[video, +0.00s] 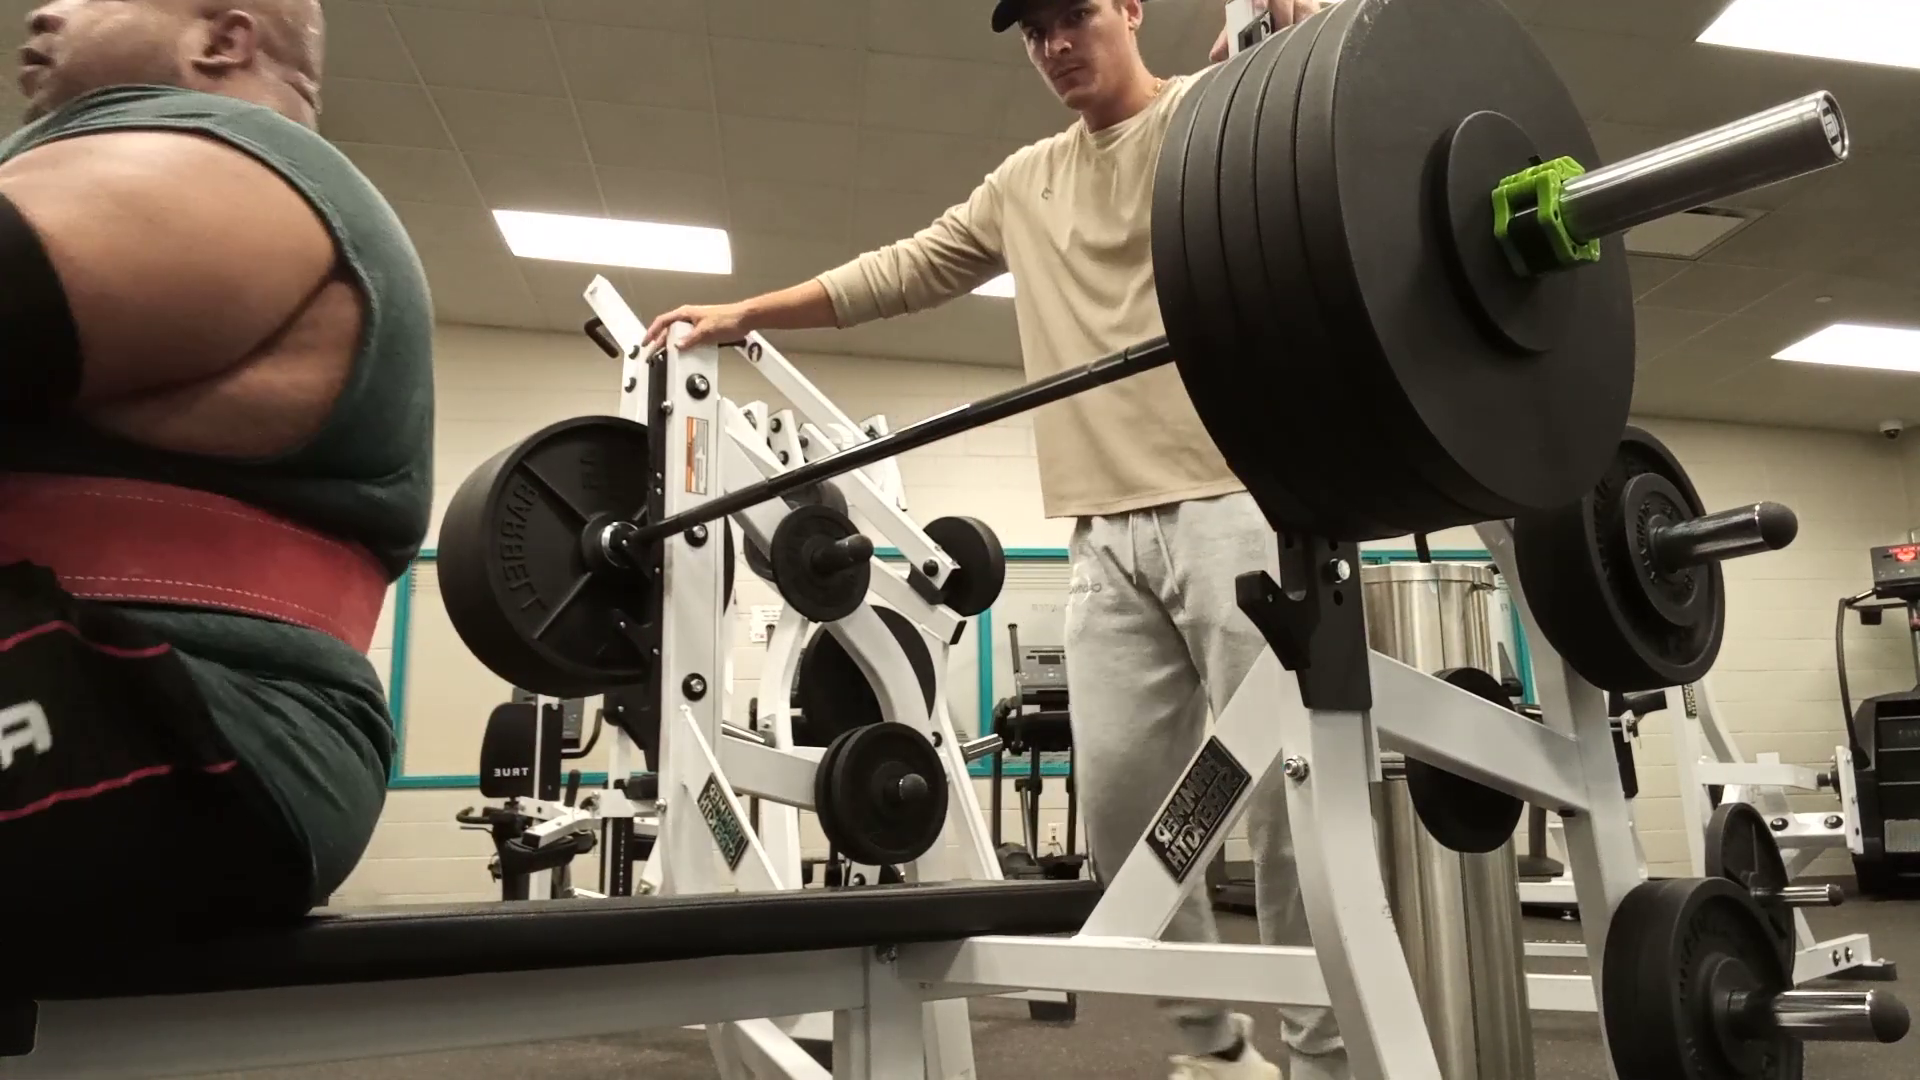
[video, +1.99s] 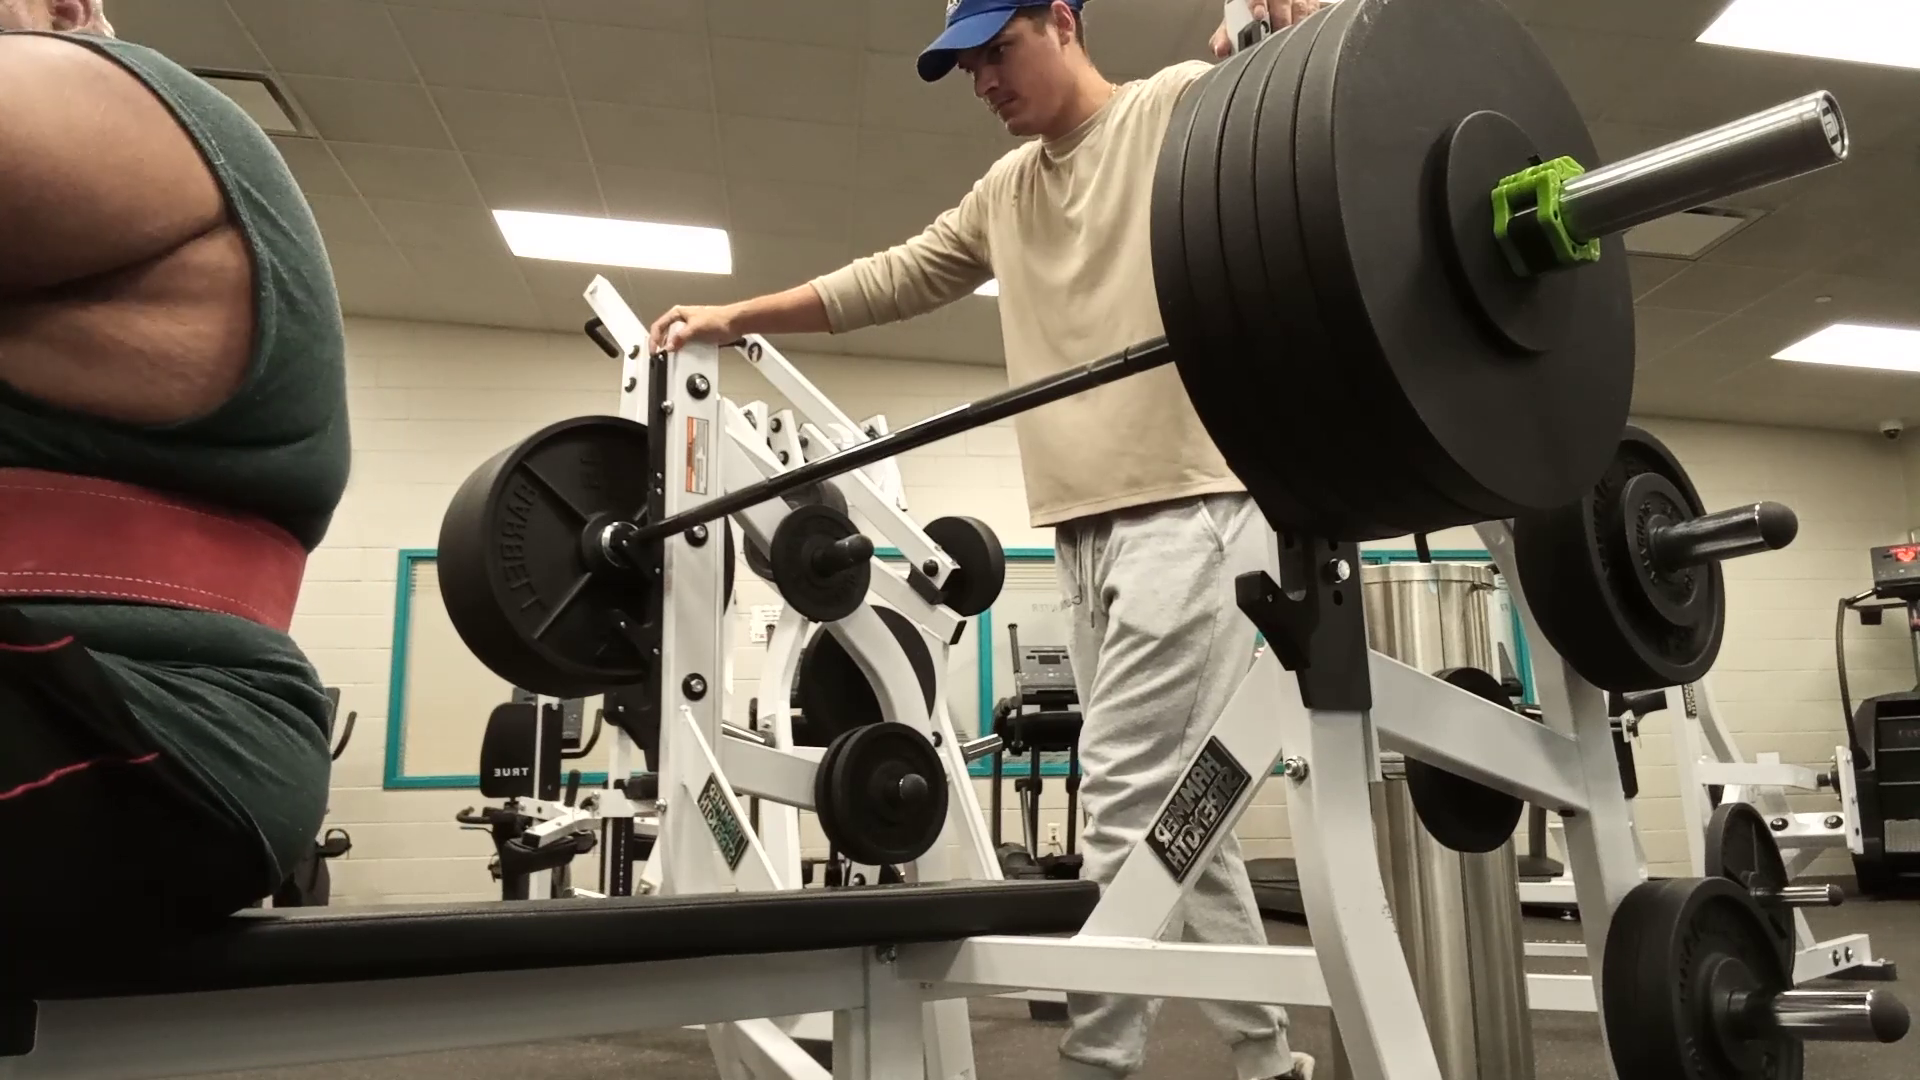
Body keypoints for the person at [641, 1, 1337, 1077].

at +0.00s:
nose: (1053, 48)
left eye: (1069, 21)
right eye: (1034, 34)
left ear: (1128, 14)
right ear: (1025, 51)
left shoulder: (1216, 108)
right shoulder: (1023, 179)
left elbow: (1327, 153)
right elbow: (905, 268)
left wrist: (1295, 46)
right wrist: (742, 311)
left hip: (1230, 506)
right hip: (1104, 528)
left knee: (1275, 799)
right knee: (1124, 804)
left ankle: (1321, 1046)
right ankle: (1207, 1042)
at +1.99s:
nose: (983, 82)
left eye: (995, 53)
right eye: (970, 68)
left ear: (1061, 22)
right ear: (977, 76)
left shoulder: (1179, 97)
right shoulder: (1003, 192)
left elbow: (1307, 111)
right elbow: (891, 278)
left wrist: (1291, 37)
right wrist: (734, 314)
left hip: (1196, 509)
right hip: (1085, 532)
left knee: (1121, 789)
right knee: (1171, 804)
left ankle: (1100, 1064)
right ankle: (1266, 1060)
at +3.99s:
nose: (990, 93)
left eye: (1002, 66)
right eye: (980, 77)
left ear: (1071, 30)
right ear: (992, 78)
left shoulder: (1188, 101)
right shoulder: (1005, 194)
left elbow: (1322, 109)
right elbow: (891, 281)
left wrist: (1292, 37)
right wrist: (734, 314)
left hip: (1200, 510)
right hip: (1090, 533)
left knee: (1128, 794)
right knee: (1175, 806)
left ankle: (1103, 1061)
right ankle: (1265, 1057)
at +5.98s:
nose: (974, 115)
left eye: (983, 88)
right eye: (968, 95)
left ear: (1051, 48)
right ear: (1026, 65)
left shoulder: (1184, 103)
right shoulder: (1005, 194)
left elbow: (1314, 113)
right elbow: (897, 280)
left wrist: (1292, 36)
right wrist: (735, 314)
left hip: (1201, 511)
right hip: (1091, 534)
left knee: (1129, 794)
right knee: (1174, 804)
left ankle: (1100, 1064)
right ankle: (1265, 1060)